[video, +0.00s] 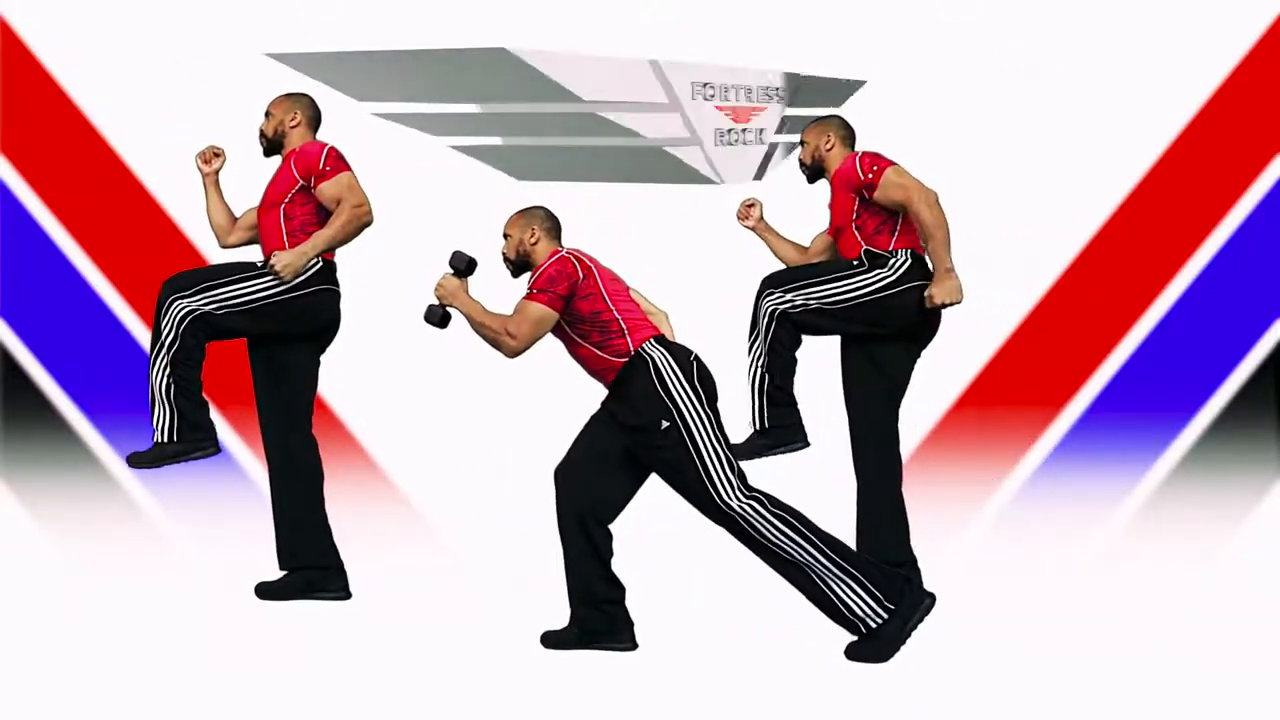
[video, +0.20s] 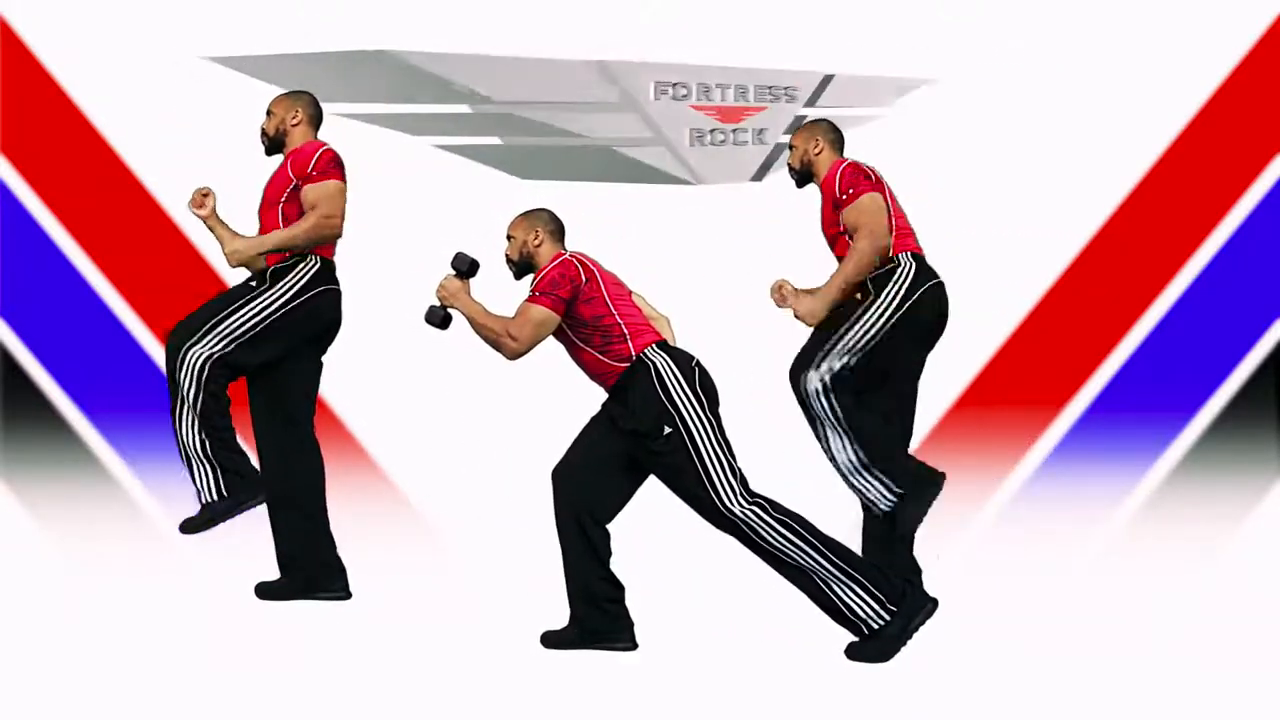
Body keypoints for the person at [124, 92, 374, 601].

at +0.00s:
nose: (261, 126)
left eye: (268, 117)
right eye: (263, 118)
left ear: (295, 120)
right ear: (294, 122)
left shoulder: (315, 154)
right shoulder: (285, 185)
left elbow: (358, 209)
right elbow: (230, 234)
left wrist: (305, 252)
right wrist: (211, 178)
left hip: (296, 284)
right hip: (295, 299)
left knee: (179, 297)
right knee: (288, 441)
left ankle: (185, 430)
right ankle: (316, 571)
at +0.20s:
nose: (263, 125)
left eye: (269, 115)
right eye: (265, 117)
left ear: (294, 115)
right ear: (297, 119)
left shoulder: (316, 155)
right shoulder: (283, 176)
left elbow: (328, 221)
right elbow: (251, 257)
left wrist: (259, 245)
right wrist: (212, 217)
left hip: (299, 282)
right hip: (290, 293)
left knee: (191, 349)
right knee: (285, 436)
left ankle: (227, 482)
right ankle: (315, 572)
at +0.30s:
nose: (263, 124)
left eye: (268, 113)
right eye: (264, 115)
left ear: (292, 113)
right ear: (300, 117)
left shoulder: (314, 154)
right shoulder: (286, 176)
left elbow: (295, 224)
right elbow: (281, 266)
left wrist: (219, 217)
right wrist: (229, 251)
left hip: (298, 286)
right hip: (297, 293)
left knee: (216, 383)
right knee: (286, 430)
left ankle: (261, 529)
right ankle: (315, 569)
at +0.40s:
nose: (262, 123)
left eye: (267, 113)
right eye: (264, 115)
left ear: (291, 111)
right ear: (300, 116)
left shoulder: (309, 151)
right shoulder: (297, 163)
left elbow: (260, 207)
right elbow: (299, 247)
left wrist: (196, 181)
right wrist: (258, 270)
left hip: (299, 287)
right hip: (295, 288)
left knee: (253, 417)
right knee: (289, 430)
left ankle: (288, 567)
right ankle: (320, 565)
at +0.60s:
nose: (257, 115)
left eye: (264, 105)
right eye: (259, 107)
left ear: (287, 107)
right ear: (297, 111)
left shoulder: (301, 146)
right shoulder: (301, 161)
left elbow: (228, 188)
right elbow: (341, 243)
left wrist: (194, 136)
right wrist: (289, 281)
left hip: (294, 286)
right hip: (288, 289)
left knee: (306, 430)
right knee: (289, 433)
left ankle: (322, 581)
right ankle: (306, 573)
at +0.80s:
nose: (257, 110)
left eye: (263, 100)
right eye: (259, 103)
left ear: (287, 102)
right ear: (296, 106)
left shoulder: (302, 144)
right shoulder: (300, 157)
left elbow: (225, 183)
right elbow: (344, 238)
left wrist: (193, 129)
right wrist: (296, 281)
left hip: (297, 285)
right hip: (286, 288)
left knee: (312, 429)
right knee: (289, 433)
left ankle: (325, 581)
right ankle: (305, 574)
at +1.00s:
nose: (257, 108)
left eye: (264, 99)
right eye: (260, 101)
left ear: (288, 101)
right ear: (297, 105)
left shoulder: (302, 142)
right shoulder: (301, 156)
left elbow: (226, 184)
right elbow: (345, 237)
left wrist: (193, 130)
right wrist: (298, 284)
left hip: (297, 284)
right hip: (288, 288)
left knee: (310, 430)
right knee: (290, 433)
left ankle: (326, 581)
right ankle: (305, 573)